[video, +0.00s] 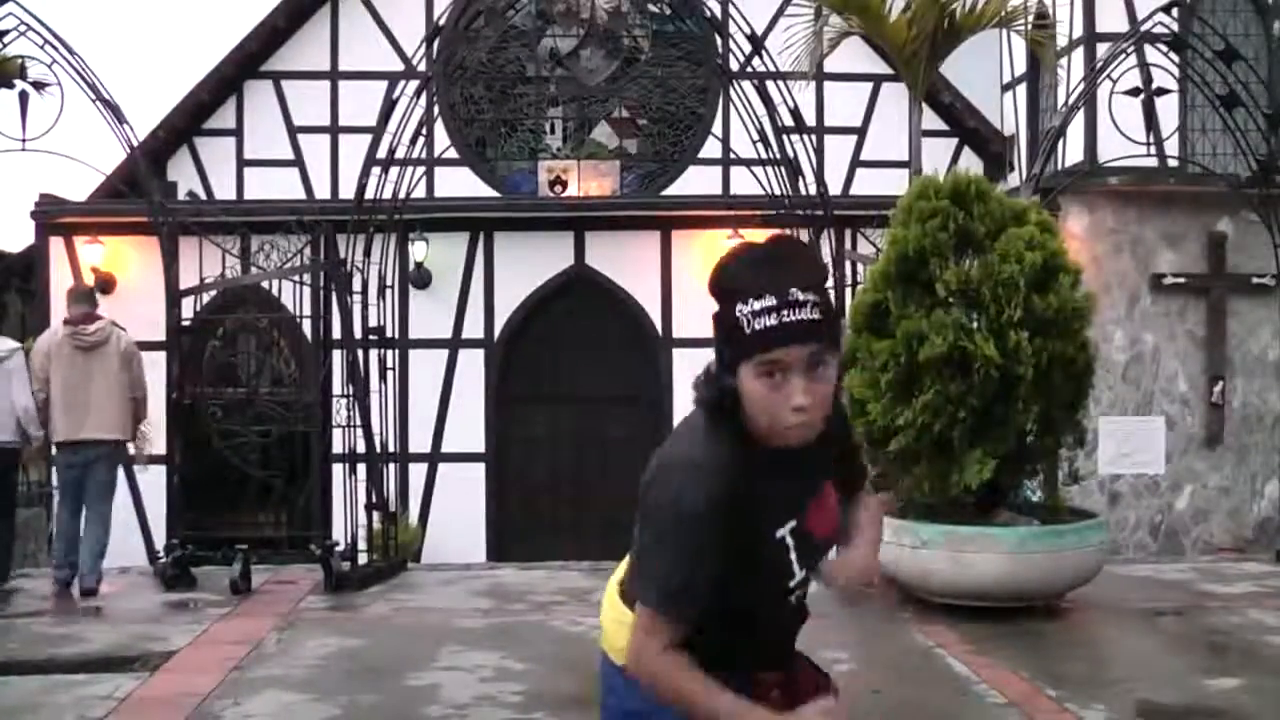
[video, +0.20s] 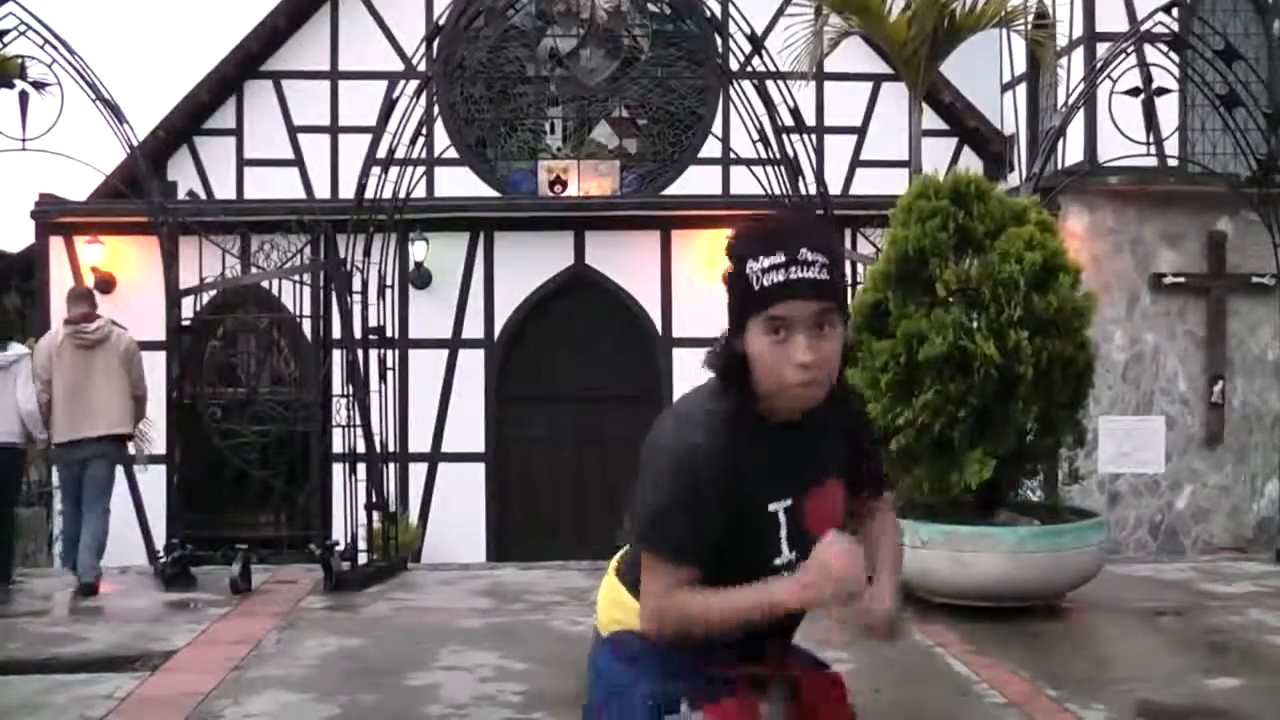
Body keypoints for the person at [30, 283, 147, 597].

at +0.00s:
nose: (77, 312)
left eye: (74, 306)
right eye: (86, 305)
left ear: (67, 306)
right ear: (97, 306)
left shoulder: (48, 343)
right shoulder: (122, 342)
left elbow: (40, 395)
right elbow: (138, 395)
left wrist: (48, 428)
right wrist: (129, 429)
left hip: (67, 438)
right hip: (107, 437)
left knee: (68, 507)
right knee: (98, 510)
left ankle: (63, 577)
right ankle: (89, 581)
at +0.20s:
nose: (78, 316)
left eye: (74, 310)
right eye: (85, 309)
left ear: (66, 310)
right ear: (96, 308)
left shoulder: (48, 344)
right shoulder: (122, 340)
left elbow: (43, 395)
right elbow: (139, 392)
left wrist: (52, 428)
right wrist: (128, 426)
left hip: (67, 438)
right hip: (106, 436)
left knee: (71, 506)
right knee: (96, 507)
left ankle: (72, 569)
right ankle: (88, 577)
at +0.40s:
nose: (80, 316)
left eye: (75, 310)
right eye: (89, 310)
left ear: (67, 311)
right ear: (96, 310)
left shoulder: (47, 344)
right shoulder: (120, 342)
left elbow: (43, 394)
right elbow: (136, 394)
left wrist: (54, 427)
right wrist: (134, 432)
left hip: (66, 435)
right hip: (104, 434)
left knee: (71, 505)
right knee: (98, 504)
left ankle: (74, 571)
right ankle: (88, 569)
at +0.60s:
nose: (85, 316)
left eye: (80, 310)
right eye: (93, 310)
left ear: (72, 311)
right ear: (101, 310)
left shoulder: (52, 341)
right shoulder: (124, 342)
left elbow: (46, 390)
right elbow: (138, 395)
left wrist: (57, 425)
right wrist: (138, 440)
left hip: (66, 434)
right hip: (105, 434)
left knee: (72, 502)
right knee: (104, 496)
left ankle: (79, 576)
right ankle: (89, 547)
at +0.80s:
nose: (104, 315)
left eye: (97, 310)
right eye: (105, 310)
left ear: (80, 310)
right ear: (107, 310)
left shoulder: (57, 343)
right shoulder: (126, 345)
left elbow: (48, 387)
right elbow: (139, 397)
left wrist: (57, 419)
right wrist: (143, 438)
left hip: (72, 430)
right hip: (109, 431)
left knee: (79, 500)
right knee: (118, 487)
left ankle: (82, 571)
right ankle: (105, 548)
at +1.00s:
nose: (102, 316)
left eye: (99, 312)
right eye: (108, 312)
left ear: (89, 314)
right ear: (117, 313)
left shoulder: (66, 343)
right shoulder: (136, 344)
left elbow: (52, 392)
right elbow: (150, 394)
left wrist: (64, 419)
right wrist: (155, 433)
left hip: (82, 430)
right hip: (123, 432)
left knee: (84, 500)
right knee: (135, 493)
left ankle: (84, 569)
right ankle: (144, 556)